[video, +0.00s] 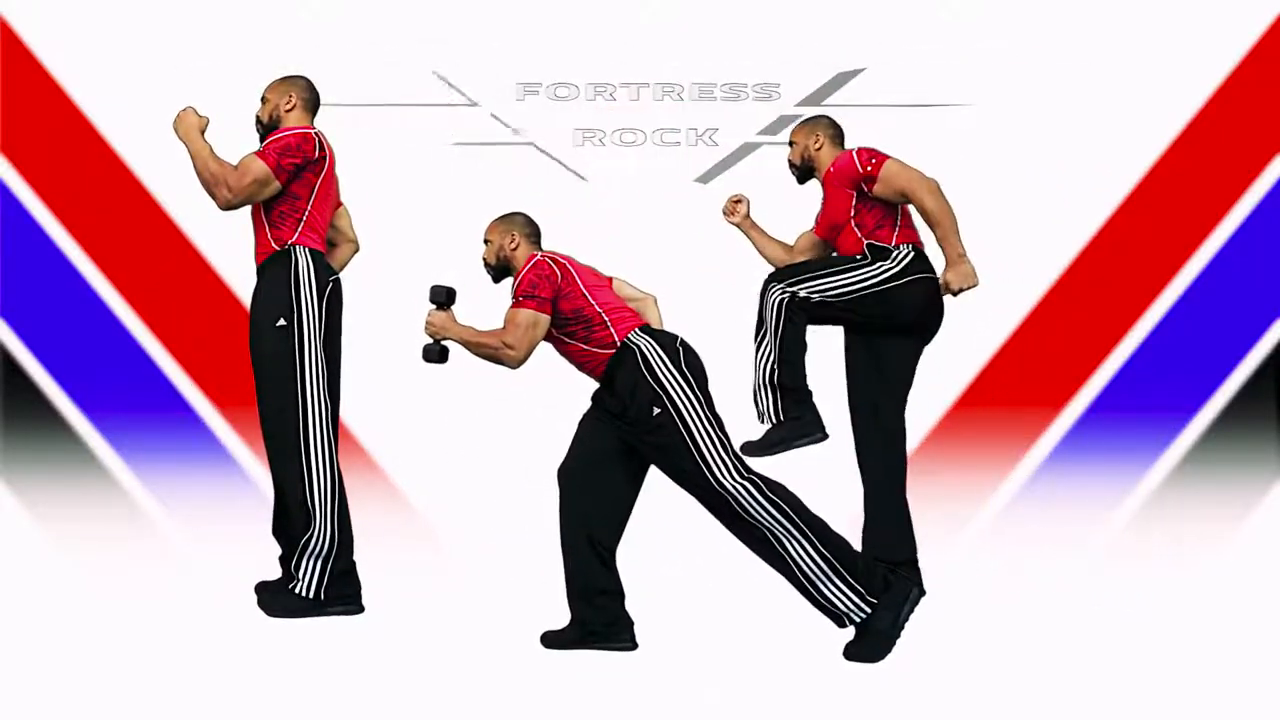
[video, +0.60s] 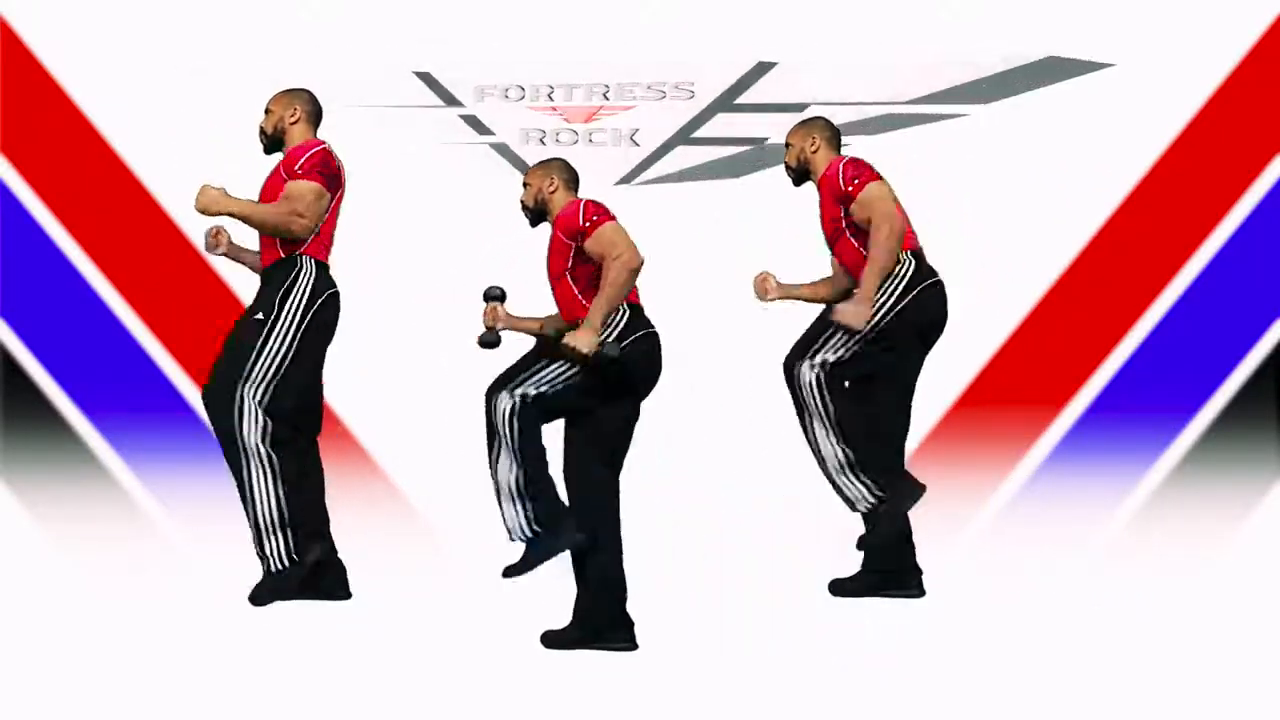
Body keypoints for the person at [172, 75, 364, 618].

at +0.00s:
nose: (257, 111)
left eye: (263, 100)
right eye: (259, 103)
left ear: (287, 101)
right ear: (299, 106)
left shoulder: (299, 141)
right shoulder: (306, 154)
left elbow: (228, 191)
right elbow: (344, 240)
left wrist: (194, 137)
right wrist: (299, 287)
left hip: (296, 285)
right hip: (295, 287)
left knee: (305, 432)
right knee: (295, 432)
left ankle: (322, 582)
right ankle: (310, 575)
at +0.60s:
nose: (261, 120)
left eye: (268, 111)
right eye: (263, 112)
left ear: (292, 114)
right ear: (295, 117)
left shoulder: (313, 153)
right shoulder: (283, 174)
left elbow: (300, 217)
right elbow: (282, 263)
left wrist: (229, 204)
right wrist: (235, 249)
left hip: (298, 287)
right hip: (288, 292)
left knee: (241, 400)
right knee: (291, 426)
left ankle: (285, 562)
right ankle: (318, 566)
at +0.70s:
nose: (262, 120)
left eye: (269, 111)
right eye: (265, 113)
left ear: (294, 113)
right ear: (296, 118)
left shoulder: (314, 152)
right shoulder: (287, 175)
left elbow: (339, 213)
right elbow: (251, 253)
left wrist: (263, 231)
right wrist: (215, 209)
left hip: (301, 284)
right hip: (295, 293)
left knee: (198, 353)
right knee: (288, 436)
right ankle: (314, 571)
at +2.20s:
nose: (263, 124)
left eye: (269, 114)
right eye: (265, 116)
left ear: (293, 114)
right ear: (299, 118)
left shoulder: (316, 157)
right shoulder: (288, 175)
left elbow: (292, 221)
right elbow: (272, 266)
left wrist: (223, 199)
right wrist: (222, 258)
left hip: (299, 287)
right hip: (294, 292)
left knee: (223, 393)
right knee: (287, 429)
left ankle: (266, 549)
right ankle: (318, 567)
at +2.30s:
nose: (260, 122)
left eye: (266, 112)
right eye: (262, 115)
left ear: (291, 111)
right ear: (300, 116)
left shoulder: (309, 152)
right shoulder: (297, 164)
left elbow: (258, 206)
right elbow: (297, 254)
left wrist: (202, 169)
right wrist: (255, 288)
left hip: (298, 287)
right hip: (292, 289)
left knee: (261, 421)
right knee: (286, 427)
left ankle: (292, 572)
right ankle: (322, 566)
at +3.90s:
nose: (261, 121)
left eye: (267, 112)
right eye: (262, 113)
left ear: (292, 113)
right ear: (294, 117)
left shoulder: (309, 149)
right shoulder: (278, 178)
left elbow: (328, 211)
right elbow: (256, 258)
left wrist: (256, 232)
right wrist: (212, 216)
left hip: (302, 284)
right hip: (294, 291)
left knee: (207, 366)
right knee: (288, 429)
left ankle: (246, 503)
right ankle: (315, 570)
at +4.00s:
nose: (260, 120)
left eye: (267, 111)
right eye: (262, 113)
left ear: (293, 113)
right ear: (292, 118)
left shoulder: (309, 147)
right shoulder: (285, 180)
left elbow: (354, 205)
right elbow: (232, 234)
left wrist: (298, 245)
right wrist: (209, 181)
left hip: (295, 283)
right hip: (301, 297)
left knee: (185, 326)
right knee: (289, 437)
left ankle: (211, 454)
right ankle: (315, 571)